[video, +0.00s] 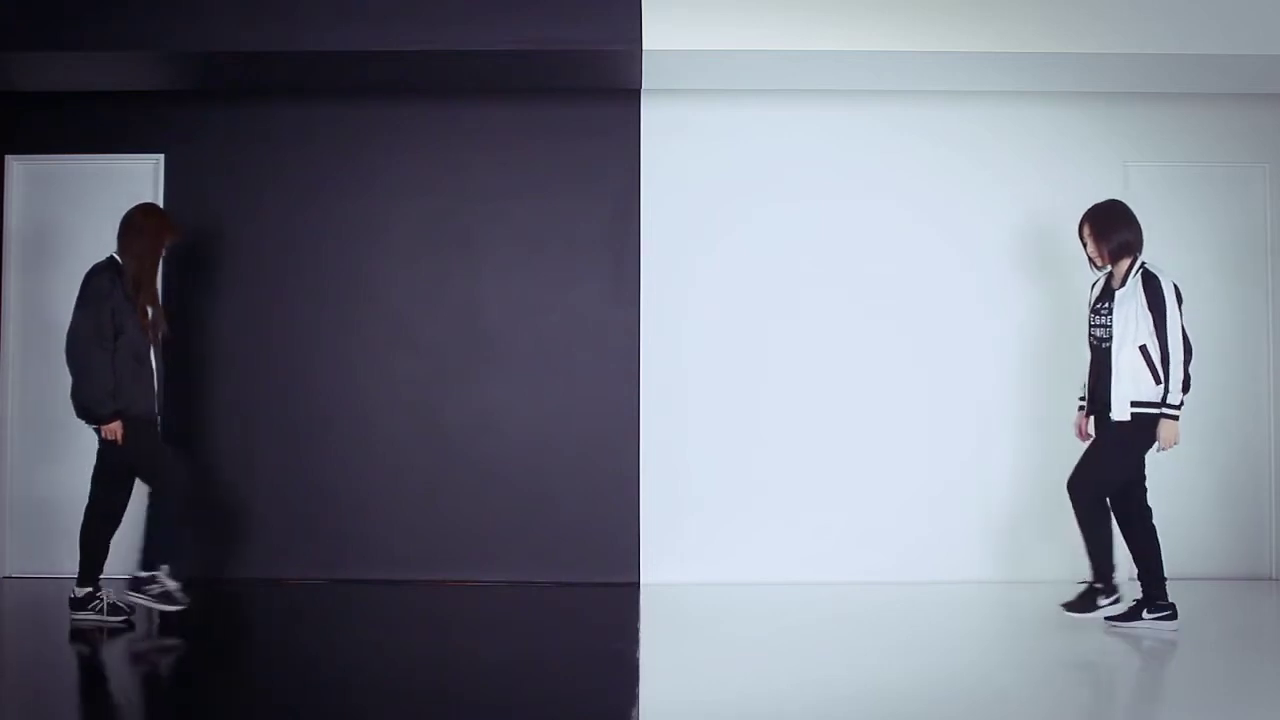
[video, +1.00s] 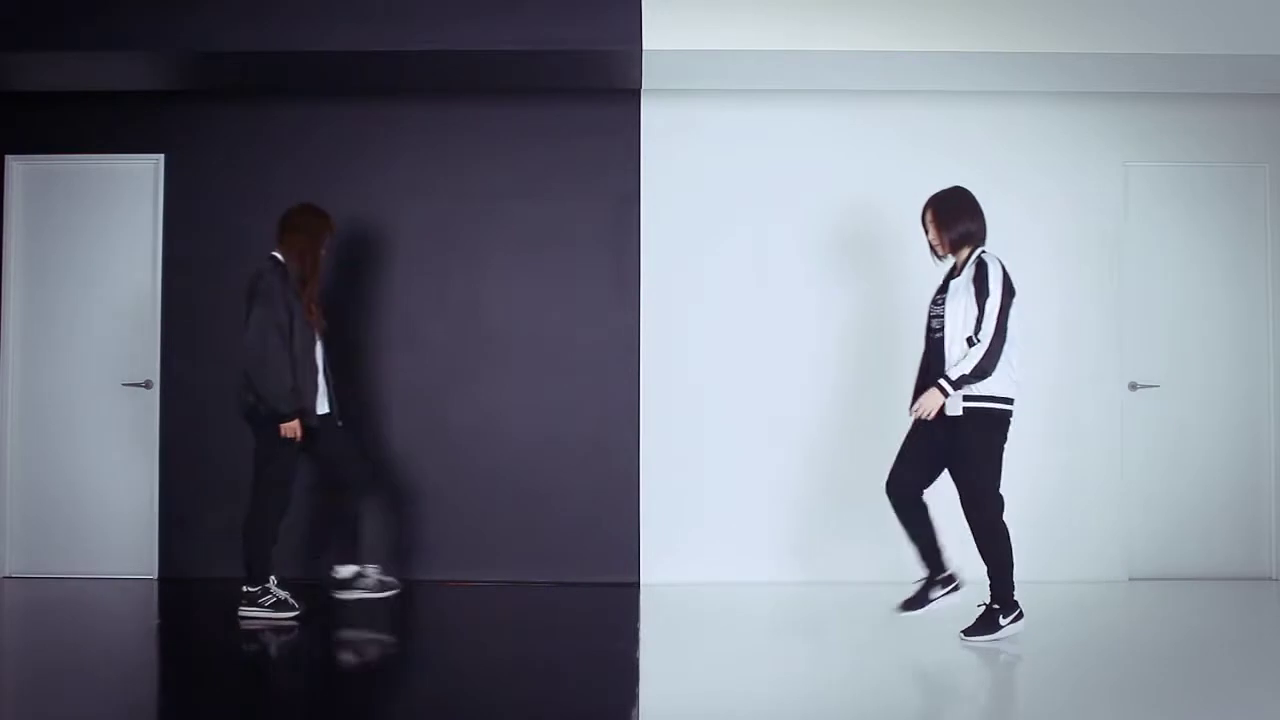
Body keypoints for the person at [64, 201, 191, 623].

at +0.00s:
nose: (162, 255)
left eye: (164, 247)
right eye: (160, 246)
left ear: (136, 240)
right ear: (142, 242)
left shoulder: (132, 282)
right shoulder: (103, 278)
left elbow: (135, 347)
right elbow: (85, 348)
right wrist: (104, 412)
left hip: (136, 415)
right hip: (122, 417)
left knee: (105, 508)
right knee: (173, 481)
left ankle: (86, 593)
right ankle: (151, 573)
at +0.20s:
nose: (183, 258)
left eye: (184, 249)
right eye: (179, 248)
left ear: (154, 243)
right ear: (161, 246)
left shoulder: (155, 287)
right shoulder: (125, 285)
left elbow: (152, 359)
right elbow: (109, 354)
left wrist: (166, 417)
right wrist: (123, 418)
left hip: (150, 422)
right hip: (138, 423)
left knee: (111, 512)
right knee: (183, 499)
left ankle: (85, 594)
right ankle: (225, 581)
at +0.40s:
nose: (214, 263)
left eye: (215, 254)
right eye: (210, 254)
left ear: (188, 250)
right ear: (190, 250)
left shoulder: (185, 294)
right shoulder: (158, 290)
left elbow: (185, 364)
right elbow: (143, 361)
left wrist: (193, 424)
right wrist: (156, 425)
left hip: (180, 427)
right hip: (171, 429)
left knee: (130, 512)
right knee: (205, 511)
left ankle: (89, 590)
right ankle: (244, 587)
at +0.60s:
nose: (253, 257)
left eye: (255, 249)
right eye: (249, 248)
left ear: (226, 247)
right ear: (229, 246)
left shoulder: (232, 288)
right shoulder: (199, 287)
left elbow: (238, 360)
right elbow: (194, 358)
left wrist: (251, 414)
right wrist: (209, 416)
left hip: (241, 420)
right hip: (220, 423)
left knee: (197, 501)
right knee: (239, 504)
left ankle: (131, 565)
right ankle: (253, 590)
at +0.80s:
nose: (291, 253)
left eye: (292, 245)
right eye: (288, 244)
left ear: (259, 238)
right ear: (272, 241)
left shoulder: (261, 281)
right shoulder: (240, 281)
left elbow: (271, 352)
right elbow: (240, 351)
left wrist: (289, 408)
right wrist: (256, 410)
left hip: (279, 413)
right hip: (257, 415)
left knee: (295, 491)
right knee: (258, 497)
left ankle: (233, 546)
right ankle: (256, 591)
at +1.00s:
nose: (325, 253)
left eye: (325, 244)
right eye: (321, 244)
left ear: (291, 237)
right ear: (305, 242)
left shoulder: (295, 281)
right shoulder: (270, 279)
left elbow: (302, 350)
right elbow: (266, 349)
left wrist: (322, 405)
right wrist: (284, 409)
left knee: (349, 479)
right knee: (270, 497)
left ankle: (345, 567)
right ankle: (256, 589)